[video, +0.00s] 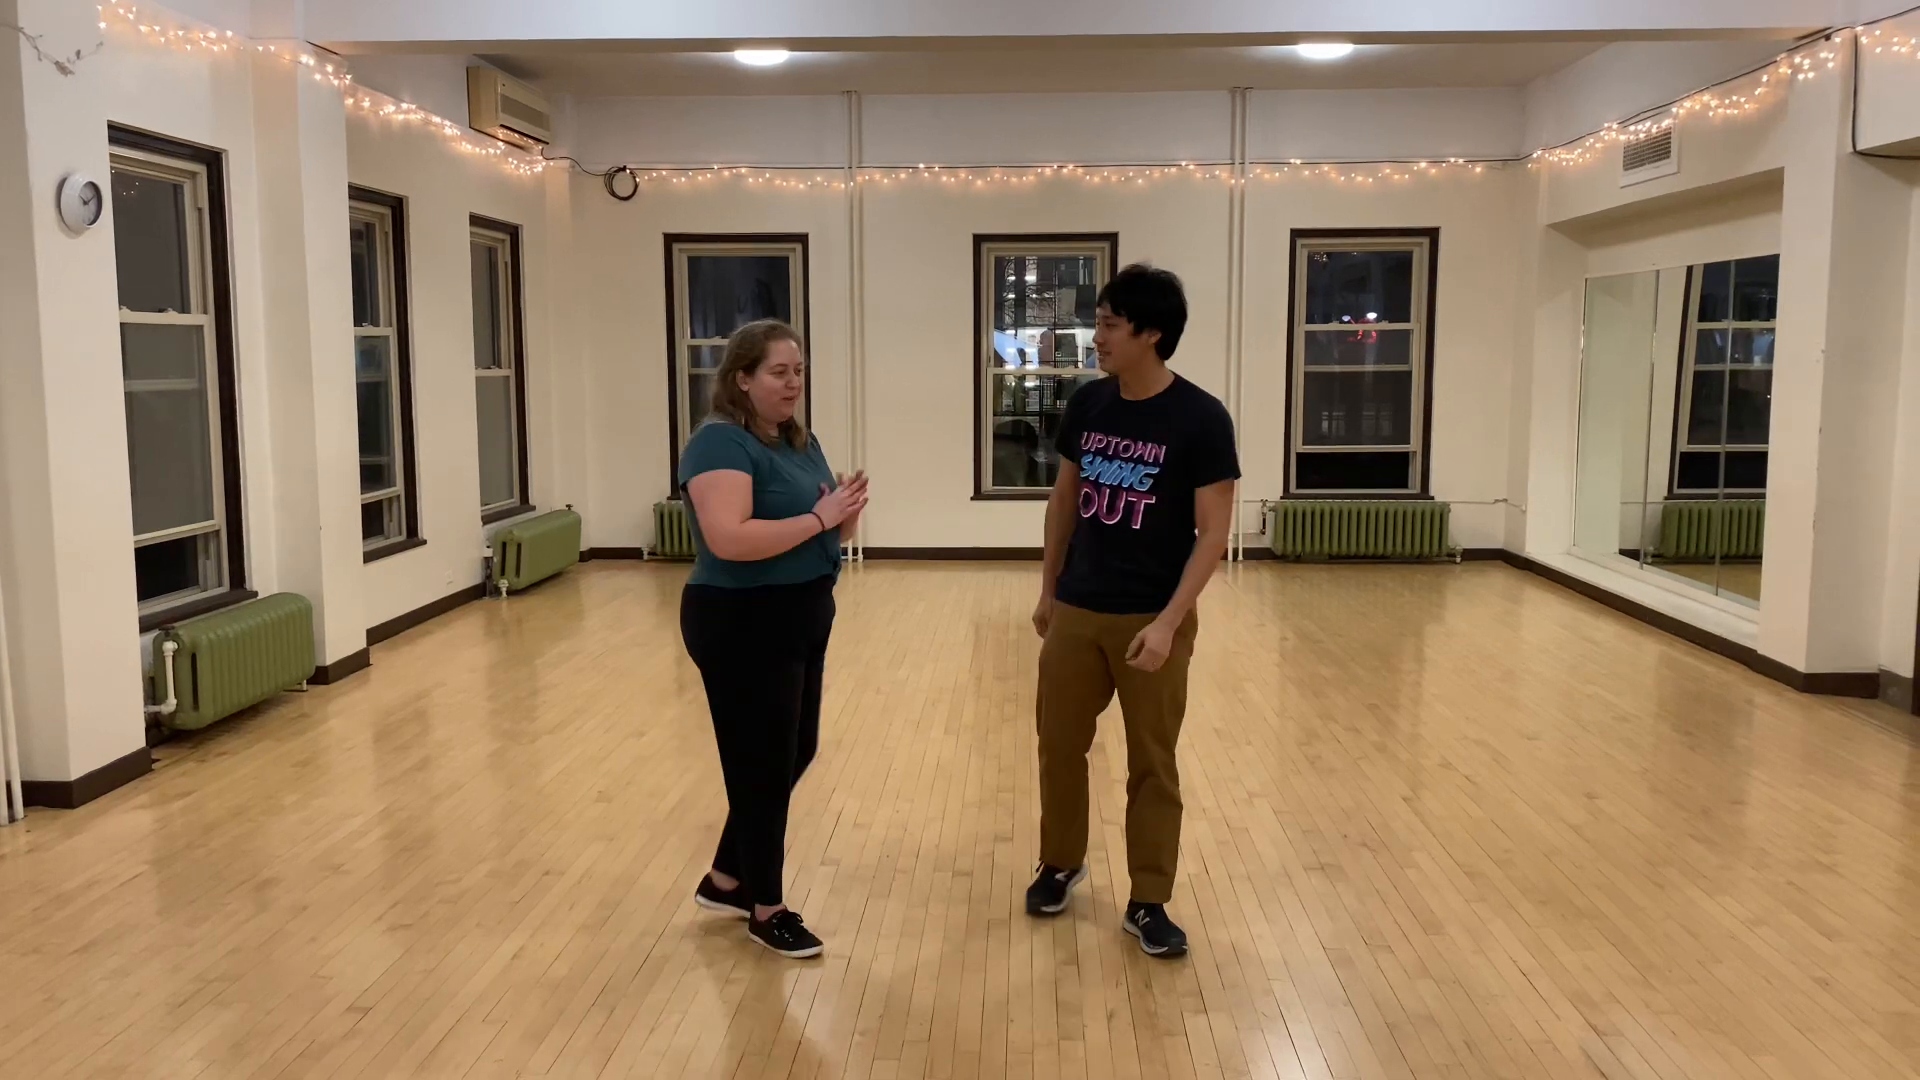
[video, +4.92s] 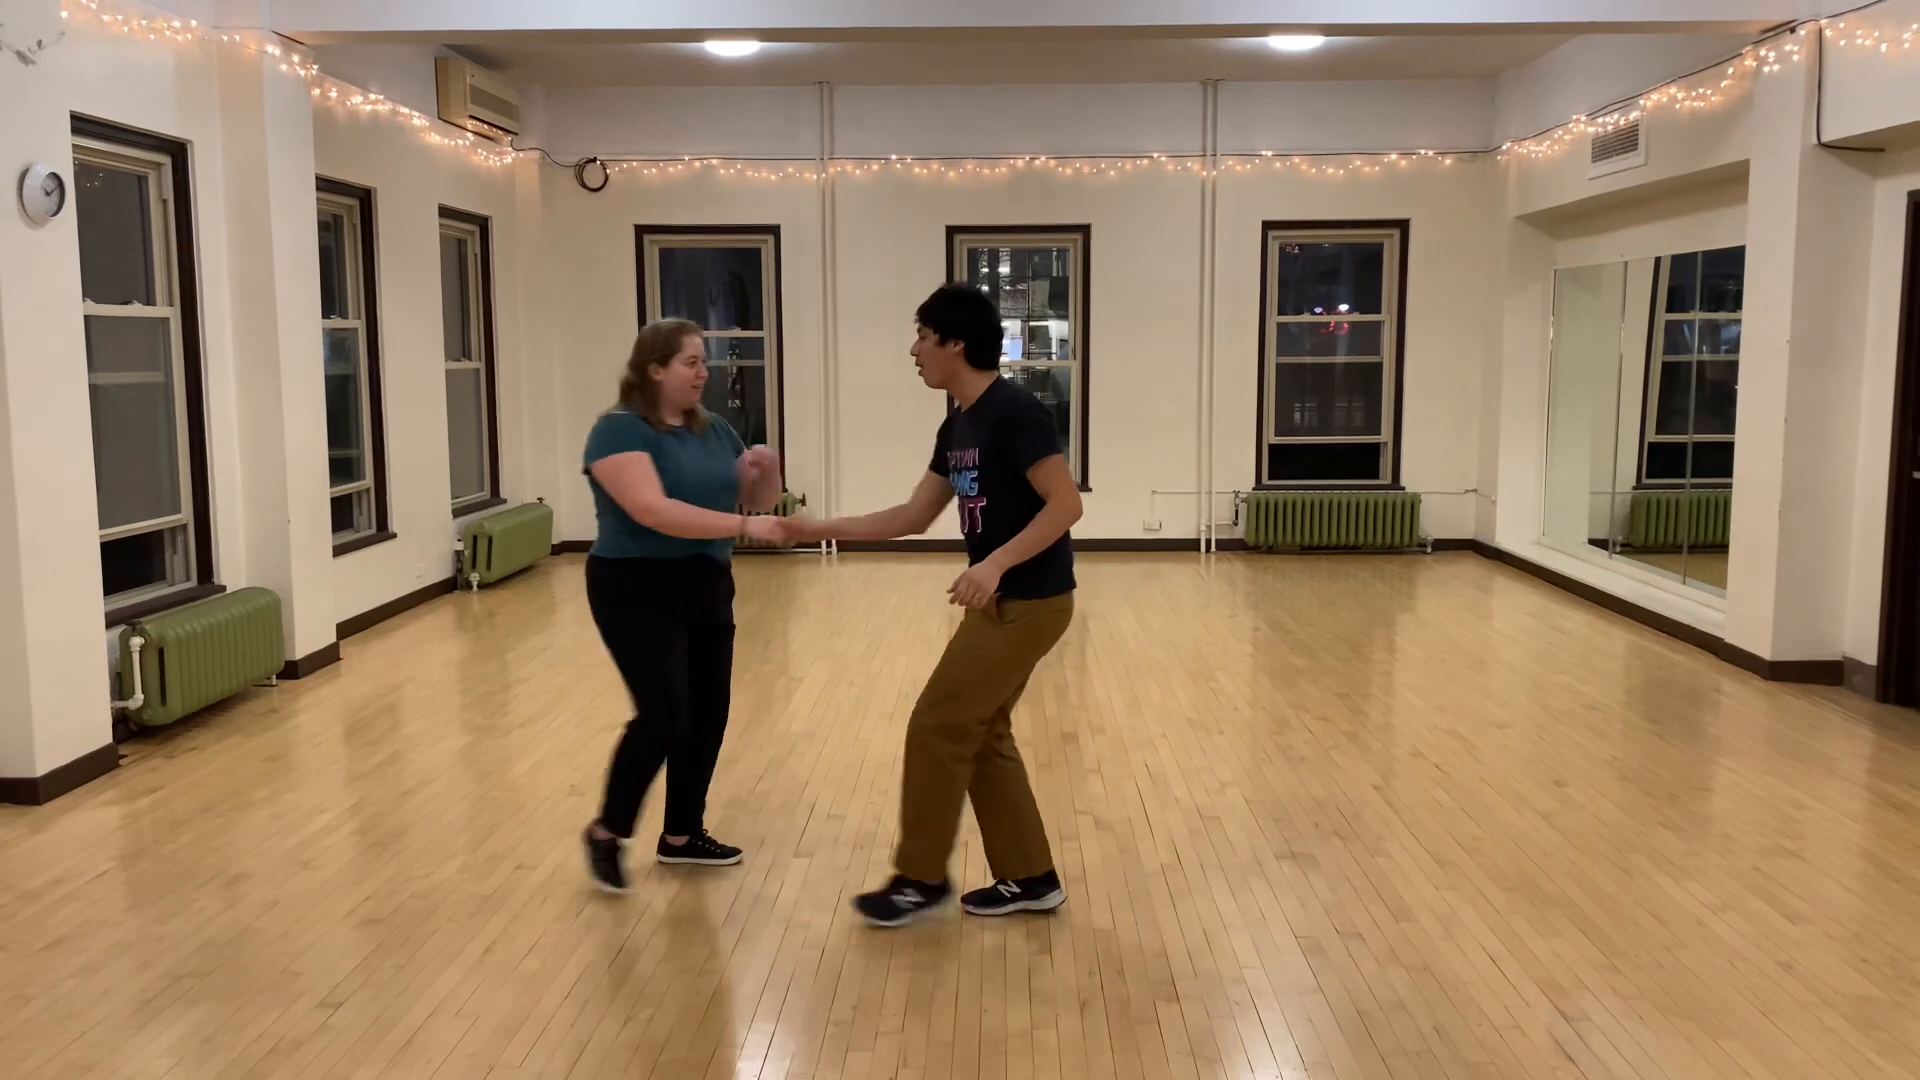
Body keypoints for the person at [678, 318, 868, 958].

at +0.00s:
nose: (793, 383)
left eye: (799, 372)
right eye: (779, 372)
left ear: (803, 378)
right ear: (743, 379)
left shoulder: (798, 444)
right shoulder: (718, 444)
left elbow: (818, 533)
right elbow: (727, 539)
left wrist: (842, 513)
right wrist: (817, 519)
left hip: (797, 615)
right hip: (742, 622)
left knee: (795, 751)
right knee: (760, 765)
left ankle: (728, 872)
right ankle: (766, 909)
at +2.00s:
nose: (824, 386)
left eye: (824, 375)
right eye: (817, 374)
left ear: (778, 374)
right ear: (786, 376)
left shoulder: (744, 430)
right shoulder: (771, 440)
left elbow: (764, 519)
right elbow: (816, 543)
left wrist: (826, 492)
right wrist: (886, 526)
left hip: (750, 604)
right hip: (748, 613)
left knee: (768, 740)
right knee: (752, 750)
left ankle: (776, 855)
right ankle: (760, 903)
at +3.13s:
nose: (801, 374)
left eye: (799, 363)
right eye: (795, 364)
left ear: (739, 368)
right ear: (766, 368)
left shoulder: (699, 425)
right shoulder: (781, 427)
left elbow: (713, 506)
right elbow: (829, 517)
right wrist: (903, 559)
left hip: (702, 584)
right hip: (770, 589)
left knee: (716, 719)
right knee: (769, 724)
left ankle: (722, 851)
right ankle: (772, 860)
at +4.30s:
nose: (790, 368)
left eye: (787, 357)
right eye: (782, 359)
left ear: (729, 368)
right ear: (752, 367)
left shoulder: (685, 427)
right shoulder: (780, 428)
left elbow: (669, 503)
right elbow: (857, 494)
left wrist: (731, 490)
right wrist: (919, 488)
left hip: (694, 587)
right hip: (769, 587)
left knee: (728, 717)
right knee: (767, 723)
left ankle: (713, 844)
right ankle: (762, 862)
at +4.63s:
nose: (756, 370)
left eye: (755, 359)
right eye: (746, 361)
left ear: (707, 373)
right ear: (712, 370)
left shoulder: (676, 423)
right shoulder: (719, 431)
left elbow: (690, 492)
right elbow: (783, 518)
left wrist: (748, 453)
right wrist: (862, 542)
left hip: (669, 584)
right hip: (715, 589)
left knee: (696, 711)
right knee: (755, 718)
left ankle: (676, 834)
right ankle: (764, 860)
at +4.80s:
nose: (727, 371)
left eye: (728, 361)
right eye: (715, 361)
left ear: (721, 369)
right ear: (679, 368)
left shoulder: (705, 427)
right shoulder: (656, 431)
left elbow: (729, 492)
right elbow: (704, 512)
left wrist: (771, 468)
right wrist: (800, 528)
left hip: (701, 585)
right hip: (657, 587)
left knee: (689, 703)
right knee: (721, 697)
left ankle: (678, 833)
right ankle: (703, 840)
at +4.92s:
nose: (702, 372)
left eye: (703, 362)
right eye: (690, 363)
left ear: (701, 370)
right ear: (654, 369)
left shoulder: (717, 431)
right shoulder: (618, 433)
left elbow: (753, 512)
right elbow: (652, 509)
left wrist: (762, 480)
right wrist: (743, 525)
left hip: (703, 585)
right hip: (631, 586)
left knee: (705, 712)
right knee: (663, 713)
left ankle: (683, 834)